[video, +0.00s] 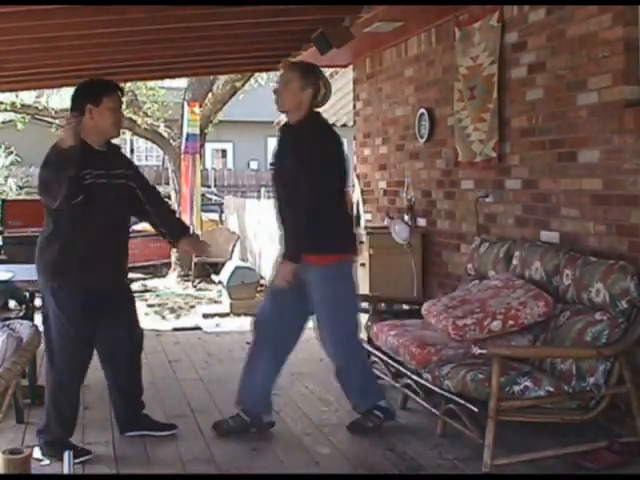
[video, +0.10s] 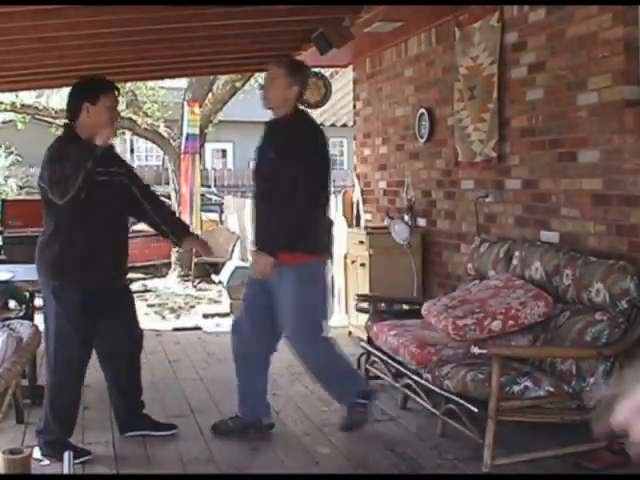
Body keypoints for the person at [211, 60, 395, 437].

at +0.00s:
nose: (276, 90)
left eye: (285, 85)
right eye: (278, 84)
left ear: (309, 93)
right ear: (296, 94)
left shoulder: (320, 136)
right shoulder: (289, 135)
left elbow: (313, 201)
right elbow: (295, 199)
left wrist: (291, 256)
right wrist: (290, 251)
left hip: (328, 255)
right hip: (299, 254)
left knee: (339, 336)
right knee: (271, 331)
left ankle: (374, 406)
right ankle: (253, 411)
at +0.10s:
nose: (264, 87)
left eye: (272, 80)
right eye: (266, 80)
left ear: (295, 89)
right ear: (283, 89)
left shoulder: (305, 133)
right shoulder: (275, 132)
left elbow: (299, 197)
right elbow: (274, 195)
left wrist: (271, 249)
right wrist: (263, 247)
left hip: (302, 256)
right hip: (272, 256)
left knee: (303, 335)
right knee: (249, 336)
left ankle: (357, 394)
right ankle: (254, 416)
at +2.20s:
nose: (455, 227)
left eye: (463, 221)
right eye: (454, 220)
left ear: (485, 226)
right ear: (454, 222)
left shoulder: (498, 256)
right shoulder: (457, 255)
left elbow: (510, 307)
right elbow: (438, 294)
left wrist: (460, 334)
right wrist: (409, 308)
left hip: (454, 337)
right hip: (431, 324)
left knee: (380, 313)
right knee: (355, 305)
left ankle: (362, 413)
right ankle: (338, 394)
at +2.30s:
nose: (442, 228)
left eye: (450, 222)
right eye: (441, 221)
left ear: (473, 226)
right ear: (440, 222)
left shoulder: (491, 256)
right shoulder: (451, 255)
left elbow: (513, 304)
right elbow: (439, 294)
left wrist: (471, 338)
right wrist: (413, 309)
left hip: (456, 338)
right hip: (432, 326)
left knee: (380, 316)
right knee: (356, 306)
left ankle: (366, 415)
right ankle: (345, 396)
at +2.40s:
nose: (425, 228)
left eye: (432, 222)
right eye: (424, 222)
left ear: (455, 223)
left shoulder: (476, 251)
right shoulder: (440, 251)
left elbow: (509, 298)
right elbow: (434, 297)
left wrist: (473, 339)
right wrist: (408, 308)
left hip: (453, 338)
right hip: (428, 324)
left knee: (377, 322)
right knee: (353, 310)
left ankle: (369, 419)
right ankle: (349, 400)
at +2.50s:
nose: (402, 227)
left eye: (409, 221)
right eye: (400, 220)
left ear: (432, 223)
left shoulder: (455, 249)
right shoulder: (420, 250)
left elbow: (496, 292)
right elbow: (427, 299)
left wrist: (465, 341)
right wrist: (402, 312)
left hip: (449, 338)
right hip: (423, 326)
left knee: (372, 327)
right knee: (349, 314)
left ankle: (369, 423)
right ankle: (347, 405)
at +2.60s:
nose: (370, 229)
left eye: (377, 222)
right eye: (370, 222)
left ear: (402, 223)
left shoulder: (428, 251)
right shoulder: (397, 253)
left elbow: (469, 291)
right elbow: (415, 301)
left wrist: (461, 346)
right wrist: (394, 317)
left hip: (447, 339)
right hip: (422, 328)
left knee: (369, 327)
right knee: (346, 318)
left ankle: (370, 423)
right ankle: (343, 407)